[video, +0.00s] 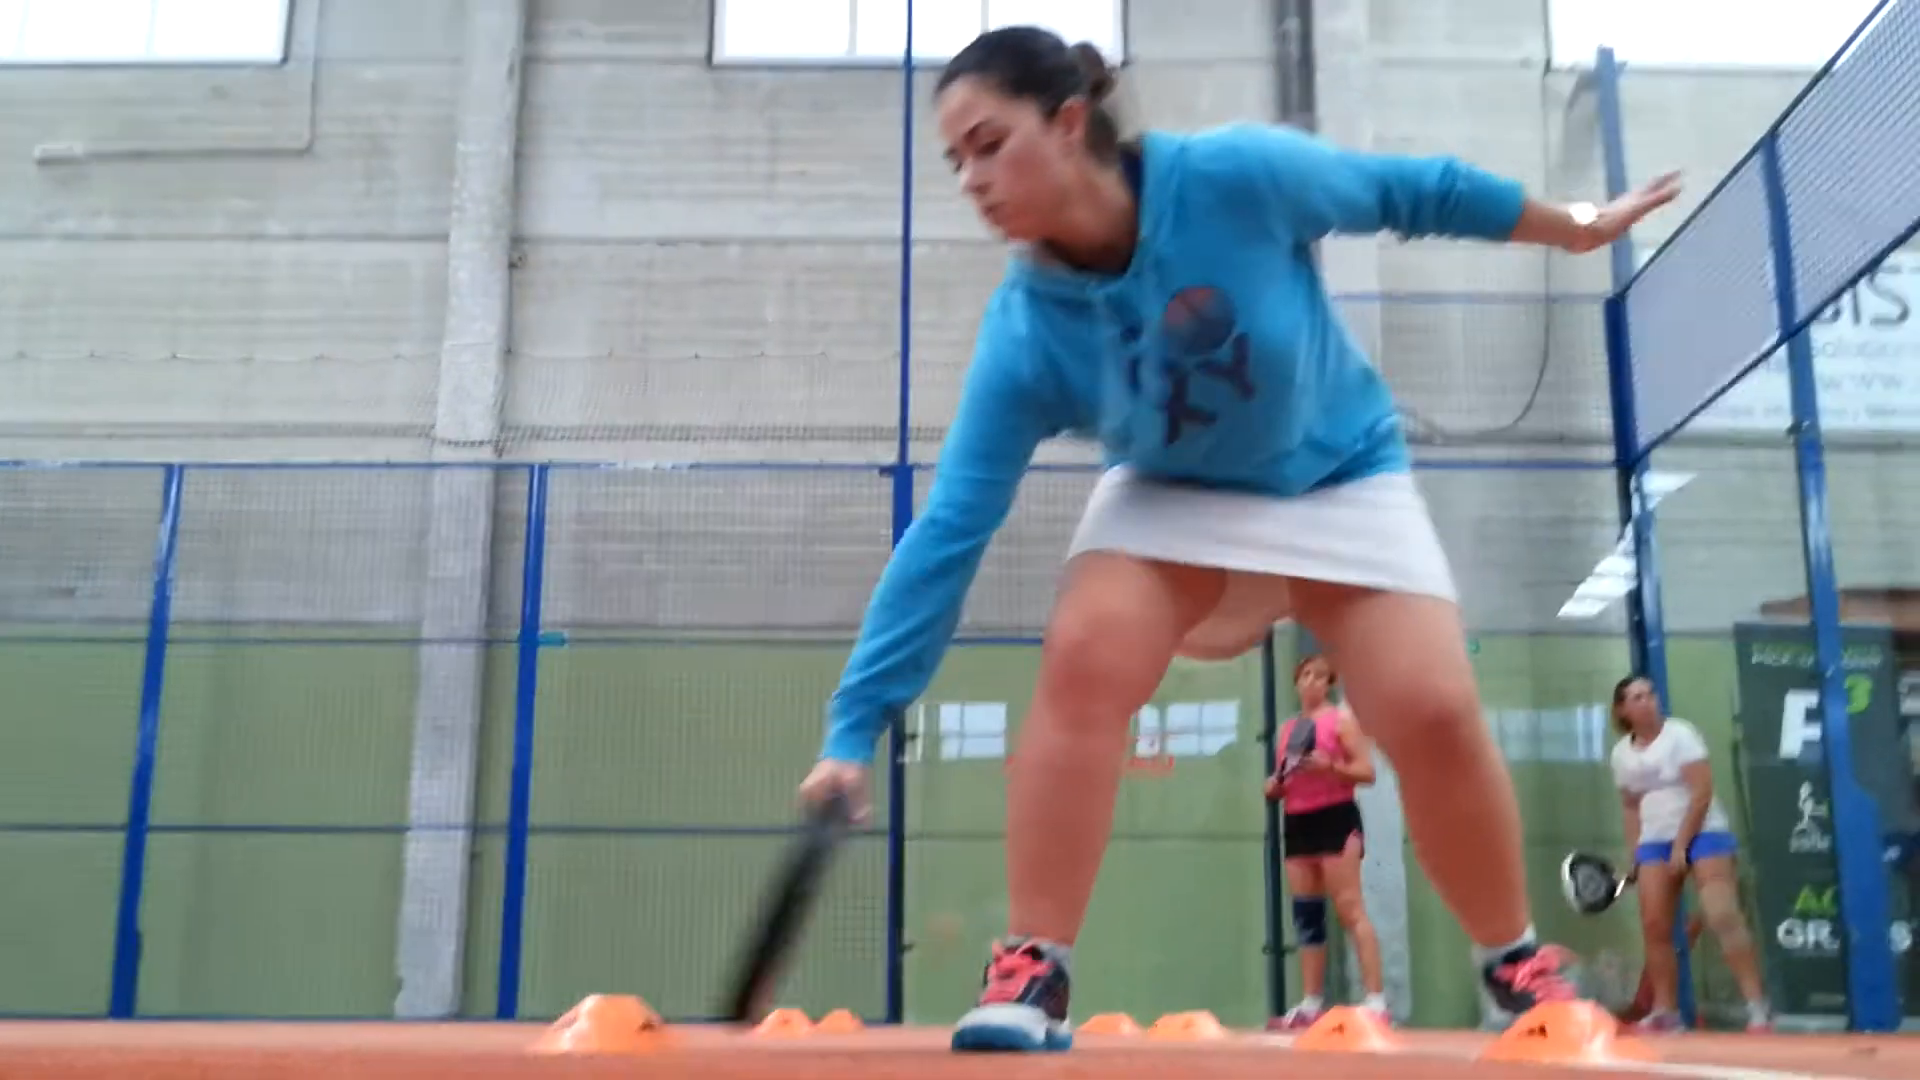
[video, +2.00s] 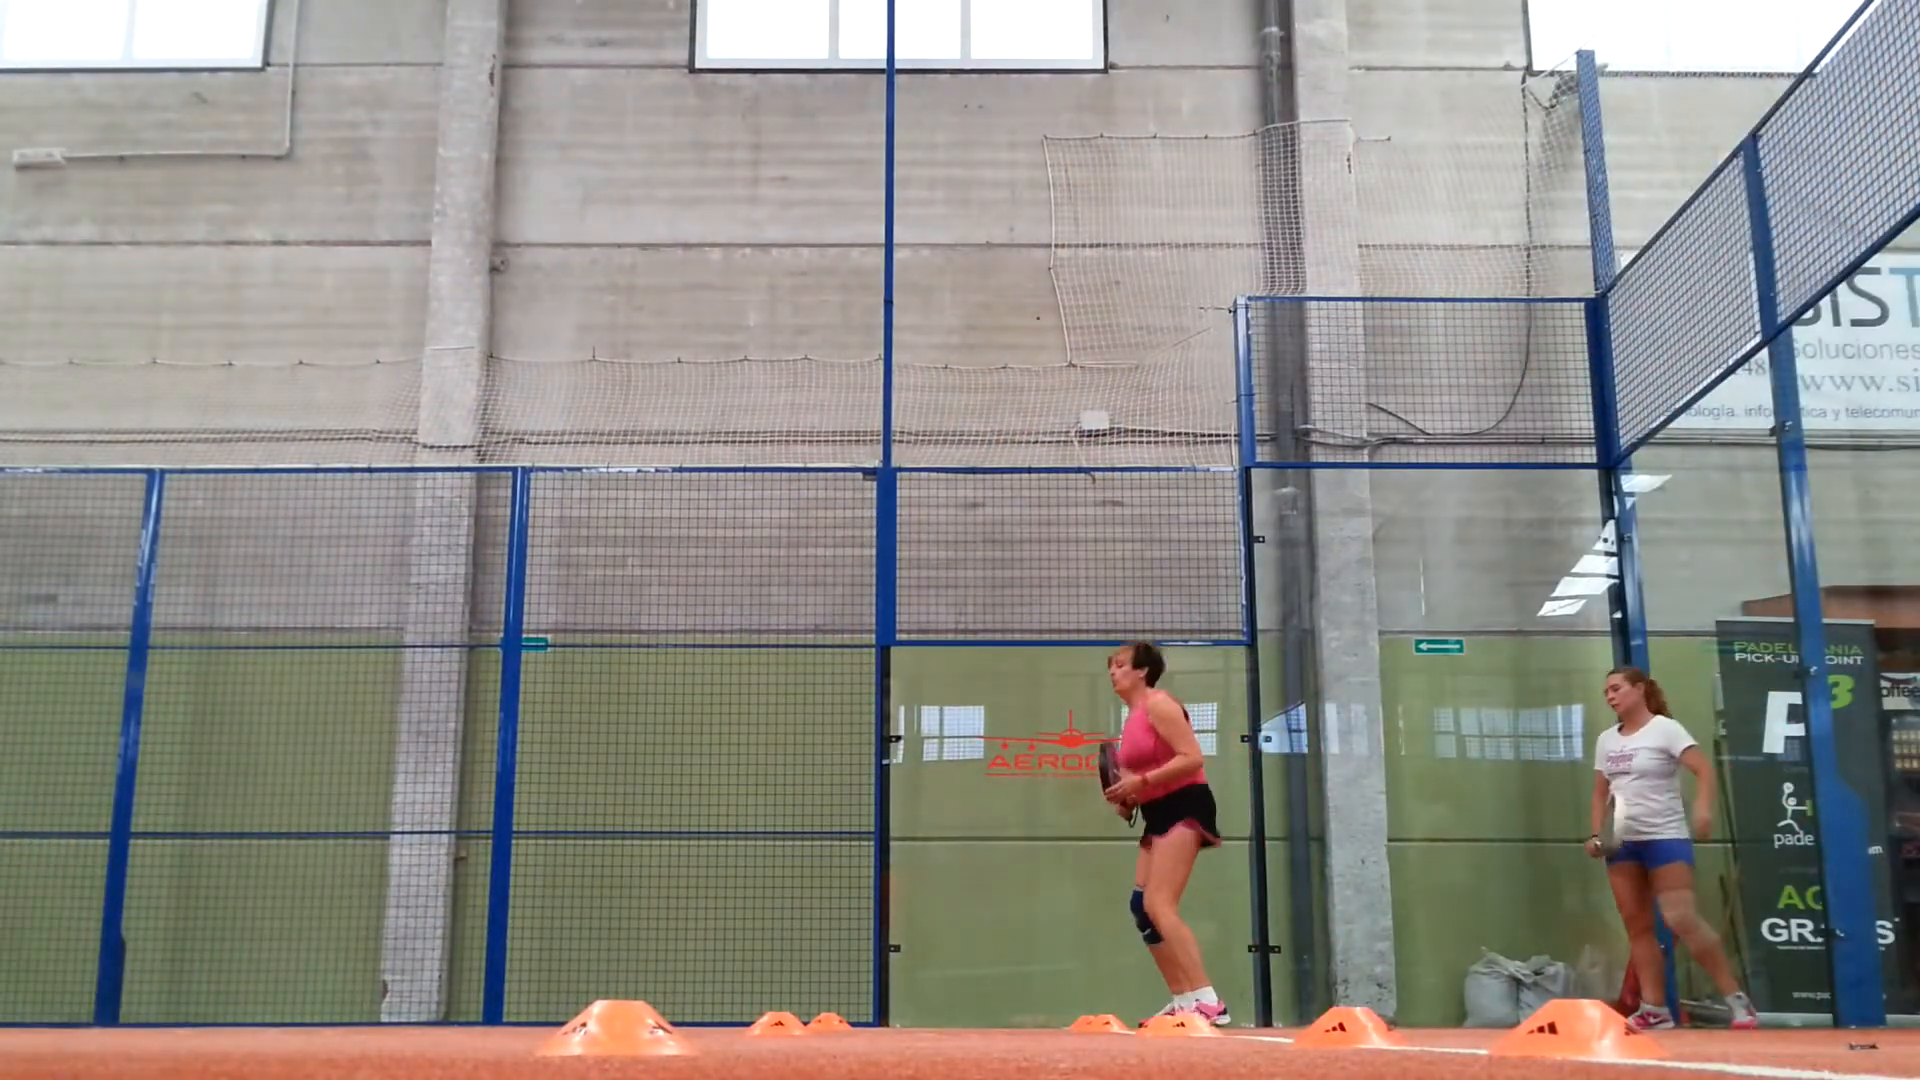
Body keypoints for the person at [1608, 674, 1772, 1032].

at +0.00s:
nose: (1647, 701)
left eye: (1649, 694)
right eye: (1637, 697)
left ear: (1658, 700)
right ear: (1622, 711)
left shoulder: (1681, 735)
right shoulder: (1622, 753)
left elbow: (1702, 792)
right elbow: (1631, 807)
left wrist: (1681, 844)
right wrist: (1634, 858)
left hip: (1702, 827)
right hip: (1654, 835)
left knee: (1721, 913)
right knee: (1654, 923)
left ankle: (1756, 1004)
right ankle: (1665, 1009)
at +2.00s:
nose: (1610, 696)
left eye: (1616, 689)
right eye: (1607, 692)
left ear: (1640, 690)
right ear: (1609, 700)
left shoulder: (1666, 729)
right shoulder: (1607, 740)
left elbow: (1704, 768)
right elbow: (1600, 791)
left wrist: (1703, 810)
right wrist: (1596, 833)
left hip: (1666, 837)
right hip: (1621, 842)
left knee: (1681, 917)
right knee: (1637, 926)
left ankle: (1735, 998)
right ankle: (1655, 1007)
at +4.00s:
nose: (1406, 700)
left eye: (1412, 692)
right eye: (1401, 697)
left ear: (1433, 696)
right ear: (1401, 708)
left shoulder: (1466, 731)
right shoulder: (1399, 750)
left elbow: (1494, 783)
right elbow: (1384, 799)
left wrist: (1470, 772)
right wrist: (1394, 823)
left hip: (1477, 837)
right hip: (1430, 842)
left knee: (1496, 919)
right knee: (1435, 924)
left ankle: (1524, 999)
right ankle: (1437, 1008)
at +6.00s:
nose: (1425, 709)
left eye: (1432, 702)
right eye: (1422, 706)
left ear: (1452, 709)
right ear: (1420, 717)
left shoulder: (1474, 744)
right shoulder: (1419, 758)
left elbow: (1498, 794)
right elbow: (1415, 804)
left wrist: (1461, 784)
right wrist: (1411, 823)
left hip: (1470, 847)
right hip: (1431, 850)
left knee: (1482, 926)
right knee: (1441, 930)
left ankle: (1510, 1007)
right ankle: (1453, 1010)